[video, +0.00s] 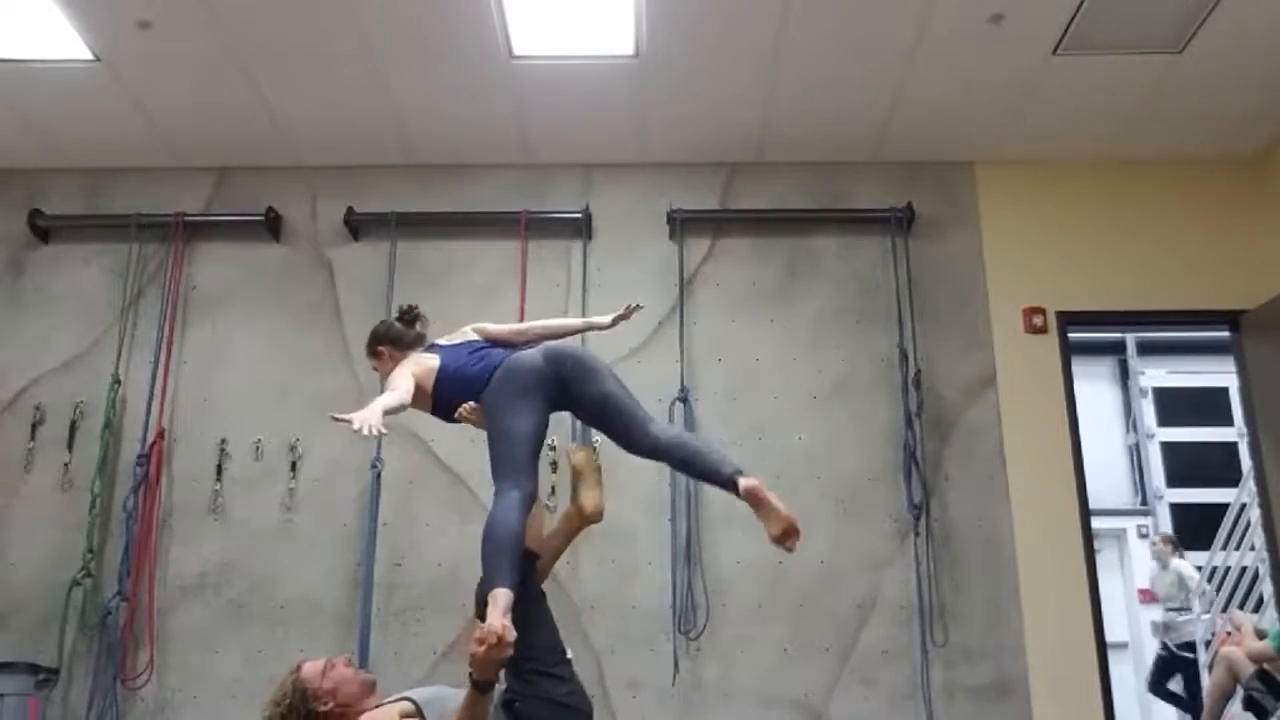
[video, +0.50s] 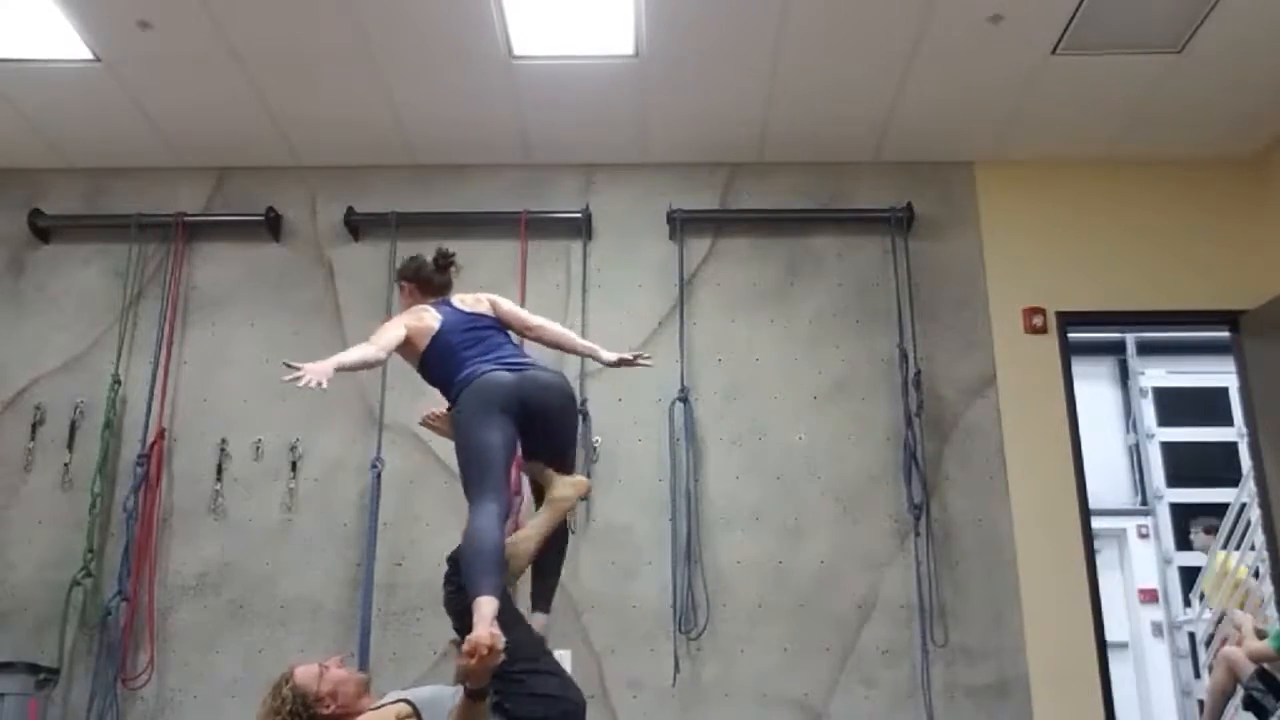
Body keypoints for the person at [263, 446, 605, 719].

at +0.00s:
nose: (345, 660)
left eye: (333, 660)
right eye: (331, 669)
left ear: (333, 698)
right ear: (328, 704)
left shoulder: (386, 705)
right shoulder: (379, 717)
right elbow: (468, 719)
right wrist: (483, 682)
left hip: (534, 707)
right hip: (539, 712)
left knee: (498, 590)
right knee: (503, 590)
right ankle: (578, 516)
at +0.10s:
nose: (343, 662)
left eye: (330, 663)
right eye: (329, 674)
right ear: (330, 708)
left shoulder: (386, 704)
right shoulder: (381, 716)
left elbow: (464, 709)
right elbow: (466, 719)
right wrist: (481, 682)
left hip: (538, 703)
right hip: (539, 709)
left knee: (494, 579)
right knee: (492, 580)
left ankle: (573, 509)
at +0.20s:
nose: (342, 663)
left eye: (328, 664)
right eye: (328, 674)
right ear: (330, 709)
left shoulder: (386, 706)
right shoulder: (379, 718)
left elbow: (465, 711)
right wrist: (480, 683)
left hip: (534, 704)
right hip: (538, 710)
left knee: (485, 577)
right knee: (485, 578)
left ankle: (571, 512)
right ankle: (577, 508)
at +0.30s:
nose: (346, 658)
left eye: (332, 660)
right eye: (333, 668)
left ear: (337, 701)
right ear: (333, 704)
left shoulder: (384, 705)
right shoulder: (380, 717)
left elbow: (465, 706)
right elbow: (469, 717)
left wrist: (474, 662)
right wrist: (492, 685)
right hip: (542, 711)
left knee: (486, 578)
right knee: (486, 573)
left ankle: (582, 515)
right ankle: (583, 514)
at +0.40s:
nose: (345, 657)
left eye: (330, 661)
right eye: (331, 669)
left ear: (337, 703)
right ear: (333, 705)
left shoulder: (382, 706)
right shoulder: (380, 717)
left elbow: (458, 703)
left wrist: (468, 660)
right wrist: (492, 689)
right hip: (540, 709)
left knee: (474, 590)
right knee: (475, 580)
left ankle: (566, 518)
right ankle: (569, 516)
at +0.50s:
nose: (339, 659)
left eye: (325, 661)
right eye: (326, 670)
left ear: (332, 703)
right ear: (328, 706)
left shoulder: (379, 705)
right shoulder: (380, 717)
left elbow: (457, 707)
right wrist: (476, 690)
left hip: (524, 704)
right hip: (536, 709)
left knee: (463, 575)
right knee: (462, 575)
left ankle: (557, 502)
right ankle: (559, 504)